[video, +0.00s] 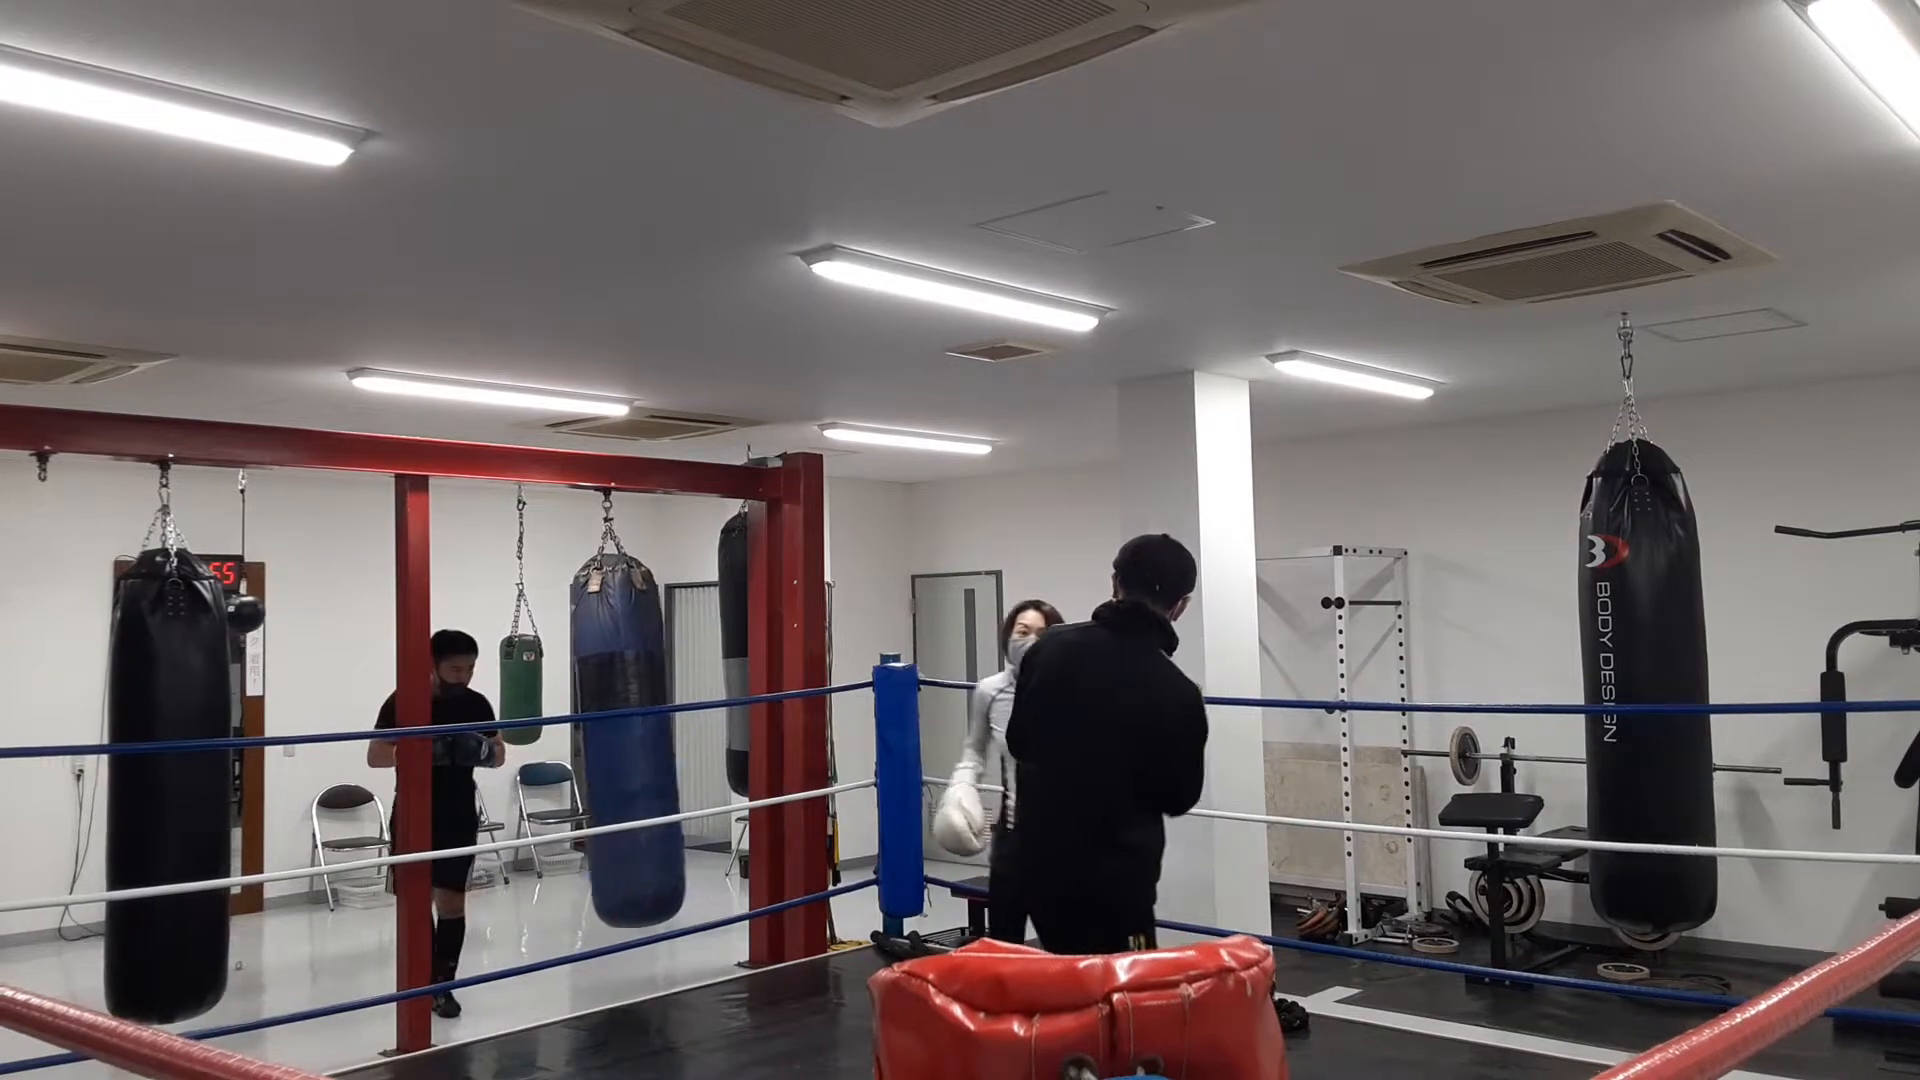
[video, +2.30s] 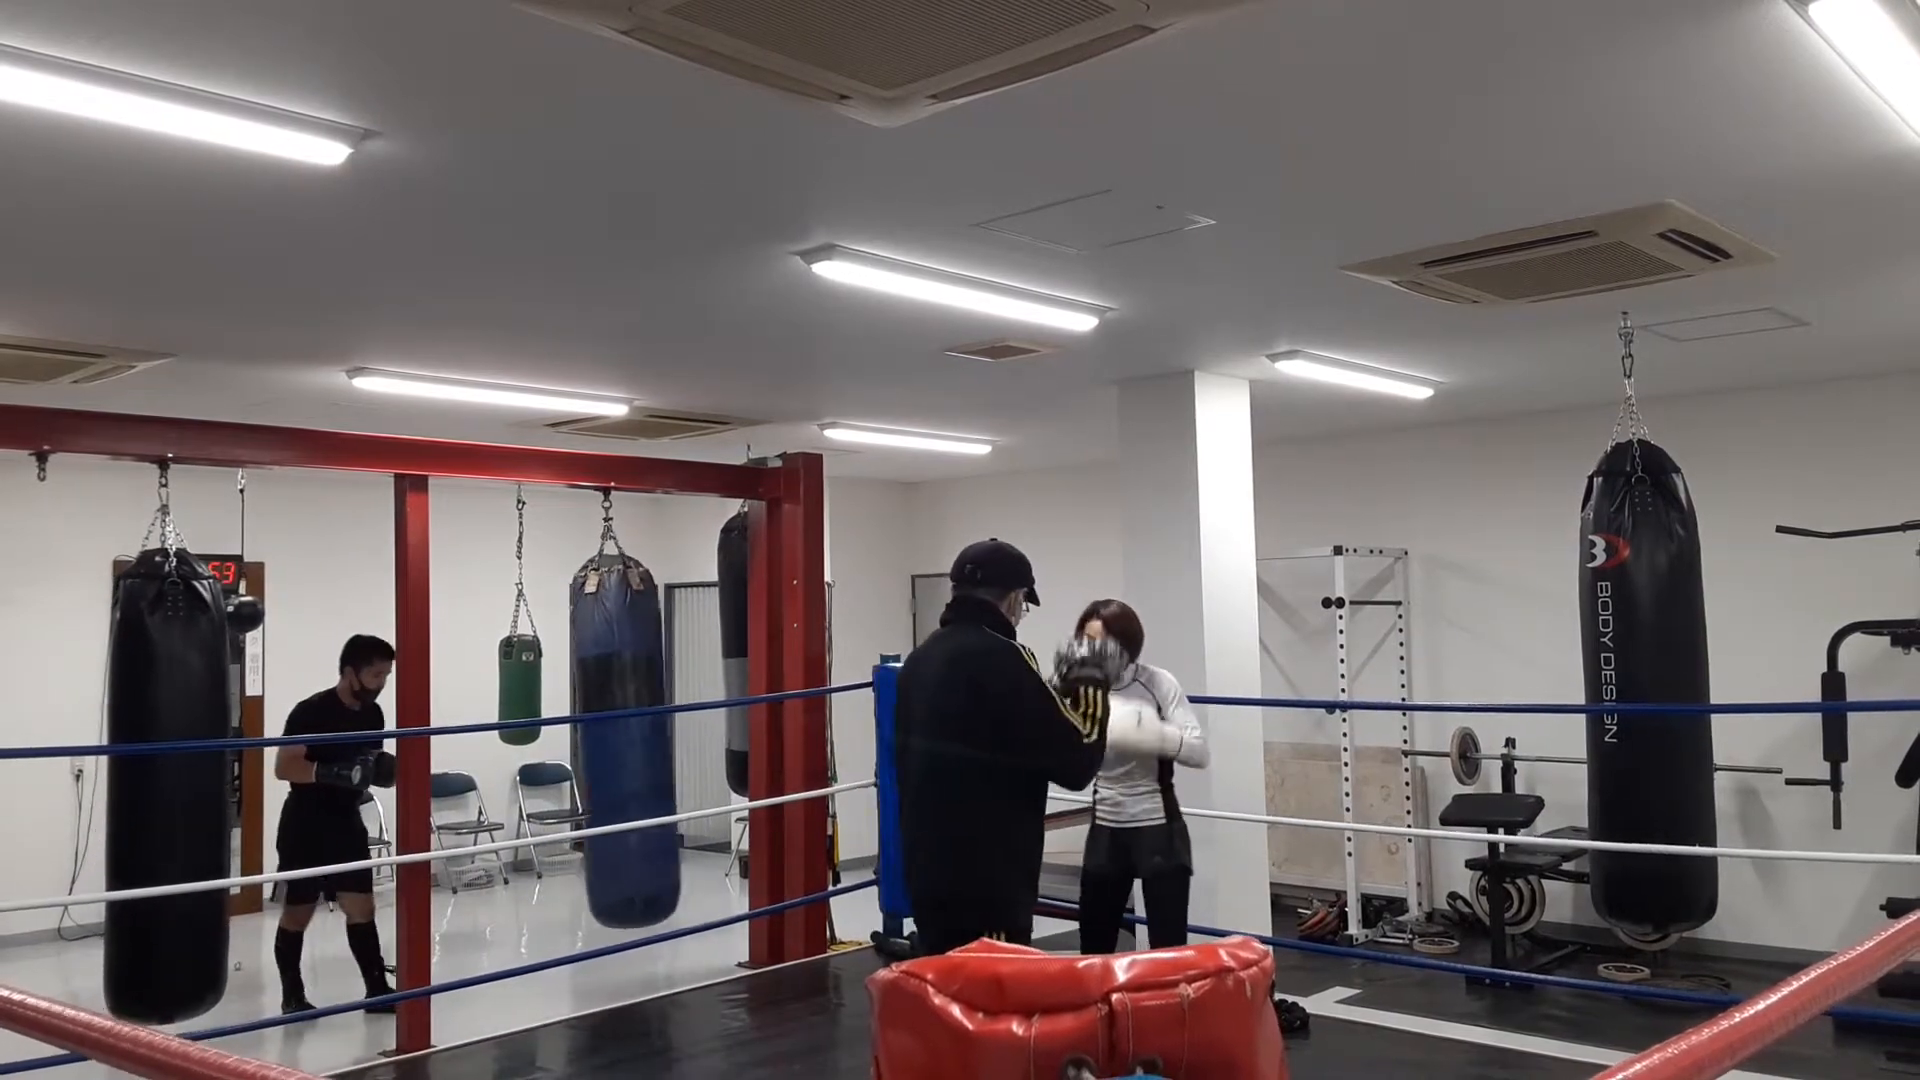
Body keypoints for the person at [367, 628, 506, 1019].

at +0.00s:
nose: (463, 677)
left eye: (469, 669)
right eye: (455, 670)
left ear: (474, 666)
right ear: (433, 665)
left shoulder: (475, 704)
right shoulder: (404, 701)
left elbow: (499, 754)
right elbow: (375, 756)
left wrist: (479, 748)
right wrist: (423, 749)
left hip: (458, 812)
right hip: (411, 814)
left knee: (451, 899)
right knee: (414, 901)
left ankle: (444, 986)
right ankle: (422, 986)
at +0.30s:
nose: (466, 678)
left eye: (470, 670)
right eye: (460, 669)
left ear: (472, 666)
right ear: (435, 664)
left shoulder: (465, 705)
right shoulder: (393, 699)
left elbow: (487, 758)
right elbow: (363, 753)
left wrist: (473, 750)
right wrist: (408, 751)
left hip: (446, 812)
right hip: (398, 813)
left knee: (447, 899)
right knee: (390, 897)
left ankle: (444, 986)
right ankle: (378, 981)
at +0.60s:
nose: (440, 675)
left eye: (442, 666)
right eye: (435, 666)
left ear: (437, 666)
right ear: (409, 663)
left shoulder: (428, 703)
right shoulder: (365, 706)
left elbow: (453, 749)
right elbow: (346, 762)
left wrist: (445, 746)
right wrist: (396, 756)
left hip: (422, 816)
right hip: (378, 820)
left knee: (434, 900)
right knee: (370, 905)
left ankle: (443, 982)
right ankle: (343, 994)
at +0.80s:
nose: (400, 677)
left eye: (401, 670)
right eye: (395, 670)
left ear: (390, 672)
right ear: (374, 670)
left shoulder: (398, 709)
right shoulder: (333, 714)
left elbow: (424, 755)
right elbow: (318, 775)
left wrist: (409, 765)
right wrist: (370, 770)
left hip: (390, 825)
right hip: (343, 829)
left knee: (408, 905)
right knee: (336, 915)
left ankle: (433, 984)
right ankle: (332, 1004)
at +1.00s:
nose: (386, 667)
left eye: (387, 659)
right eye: (379, 660)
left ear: (369, 665)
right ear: (353, 665)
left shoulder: (380, 706)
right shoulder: (319, 714)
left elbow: (386, 762)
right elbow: (298, 775)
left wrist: (402, 760)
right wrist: (351, 775)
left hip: (373, 816)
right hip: (331, 821)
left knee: (391, 899)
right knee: (334, 908)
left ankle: (379, 981)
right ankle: (333, 1002)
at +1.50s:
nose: (377, 668)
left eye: (378, 660)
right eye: (370, 661)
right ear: (343, 663)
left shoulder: (364, 707)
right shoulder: (310, 708)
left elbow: (354, 756)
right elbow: (287, 764)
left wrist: (380, 758)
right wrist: (342, 771)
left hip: (342, 812)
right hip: (307, 813)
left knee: (331, 900)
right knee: (316, 902)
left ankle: (317, 985)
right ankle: (321, 990)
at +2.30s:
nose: (382, 682)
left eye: (385, 675)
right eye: (375, 674)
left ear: (383, 673)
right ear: (350, 671)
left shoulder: (372, 715)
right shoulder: (310, 711)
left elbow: (367, 762)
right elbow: (285, 767)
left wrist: (386, 769)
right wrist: (335, 772)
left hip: (347, 820)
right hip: (304, 820)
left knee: (361, 905)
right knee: (298, 910)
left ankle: (377, 991)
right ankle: (293, 997)